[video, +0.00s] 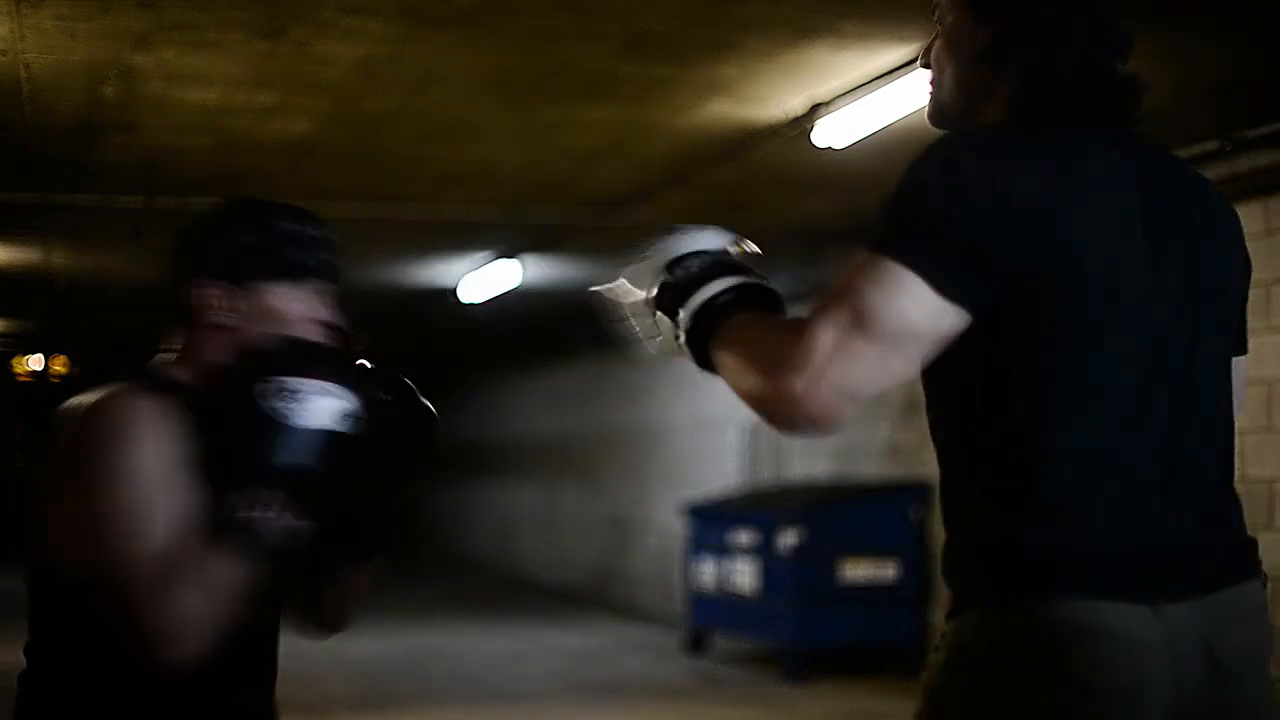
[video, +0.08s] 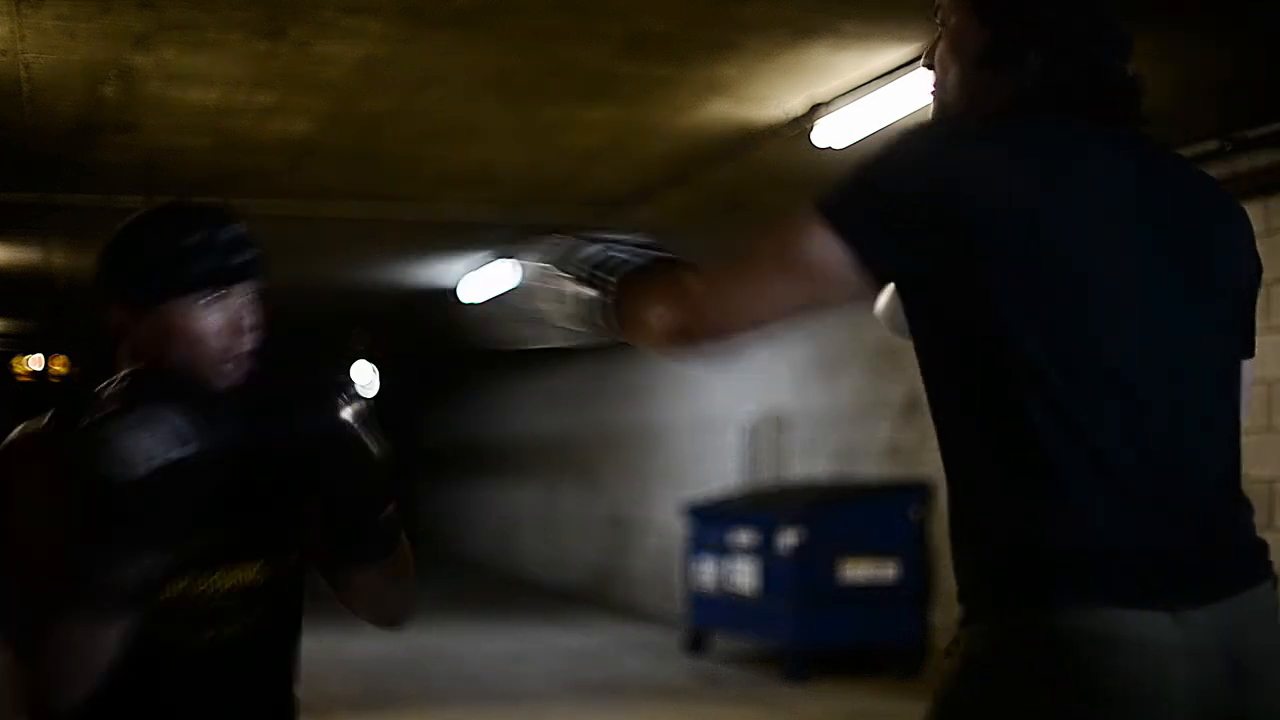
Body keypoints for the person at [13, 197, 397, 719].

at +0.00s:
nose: (330, 320)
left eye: (326, 297)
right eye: (304, 293)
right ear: (220, 303)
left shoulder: (250, 427)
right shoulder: (131, 421)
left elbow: (322, 612)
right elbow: (175, 628)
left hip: (232, 711)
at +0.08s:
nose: (248, 322)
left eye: (251, 295)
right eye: (214, 300)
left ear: (261, 296)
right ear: (143, 320)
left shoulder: (283, 424)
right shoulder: (67, 456)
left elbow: (387, 604)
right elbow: (55, 679)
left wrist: (352, 462)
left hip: (257, 712)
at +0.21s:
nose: (259, 331)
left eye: (260, 307)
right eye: (225, 314)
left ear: (271, 309)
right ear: (158, 334)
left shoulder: (299, 442)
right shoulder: (74, 479)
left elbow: (408, 628)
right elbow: (51, 682)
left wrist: (359, 473)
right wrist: (108, 529)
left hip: (271, 711)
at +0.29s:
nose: (331, 287)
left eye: (329, 262)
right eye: (305, 265)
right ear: (229, 285)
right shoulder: (141, 417)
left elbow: (378, 587)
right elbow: (142, 586)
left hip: (276, 707)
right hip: (144, 719)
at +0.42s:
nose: (408, 284)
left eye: (400, 258)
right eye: (386, 258)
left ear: (304, 273)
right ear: (309, 270)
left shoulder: (291, 352)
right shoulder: (290, 351)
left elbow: (457, 346)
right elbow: (479, 361)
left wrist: (572, 255)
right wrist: (598, 261)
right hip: (190, 717)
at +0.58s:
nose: (368, 281)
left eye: (365, 260)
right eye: (342, 257)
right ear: (259, 272)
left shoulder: (293, 407)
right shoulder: (192, 398)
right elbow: (184, 596)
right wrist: (354, 493)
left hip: (251, 716)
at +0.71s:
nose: (307, 282)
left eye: (305, 263)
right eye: (276, 259)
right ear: (192, 280)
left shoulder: (271, 423)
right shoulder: (91, 428)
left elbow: (323, 620)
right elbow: (37, 638)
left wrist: (372, 512)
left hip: (224, 714)